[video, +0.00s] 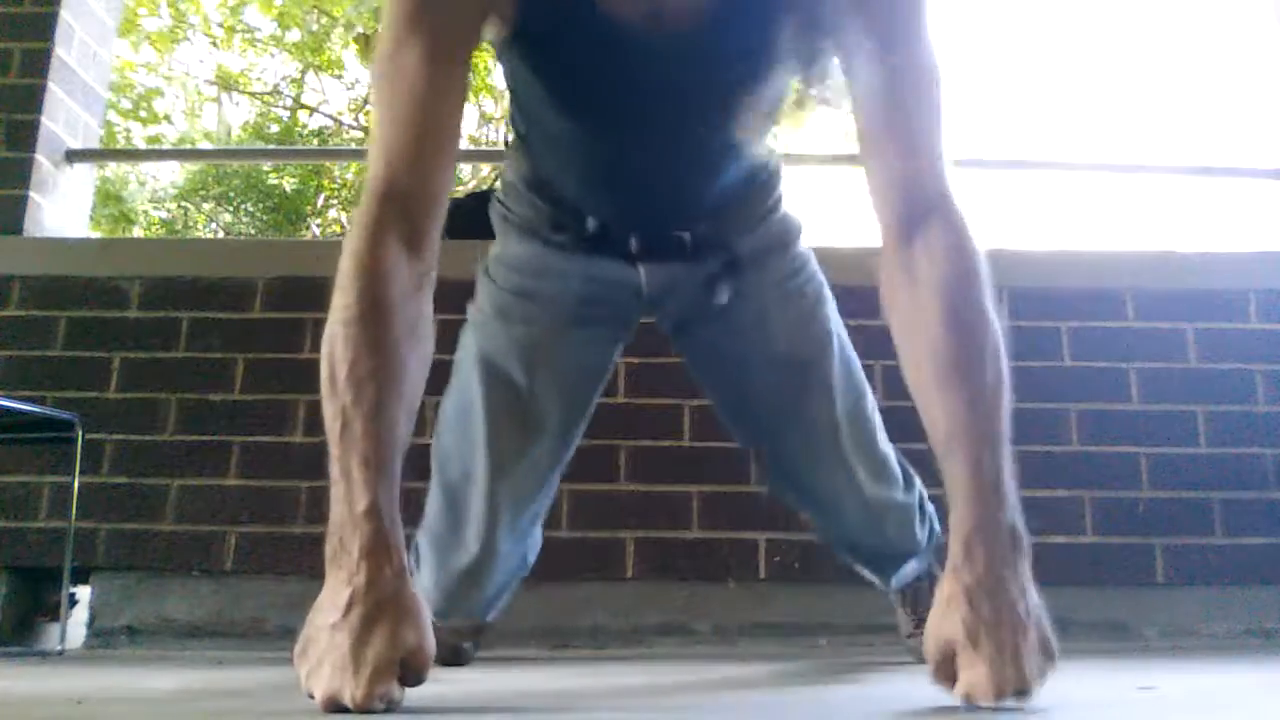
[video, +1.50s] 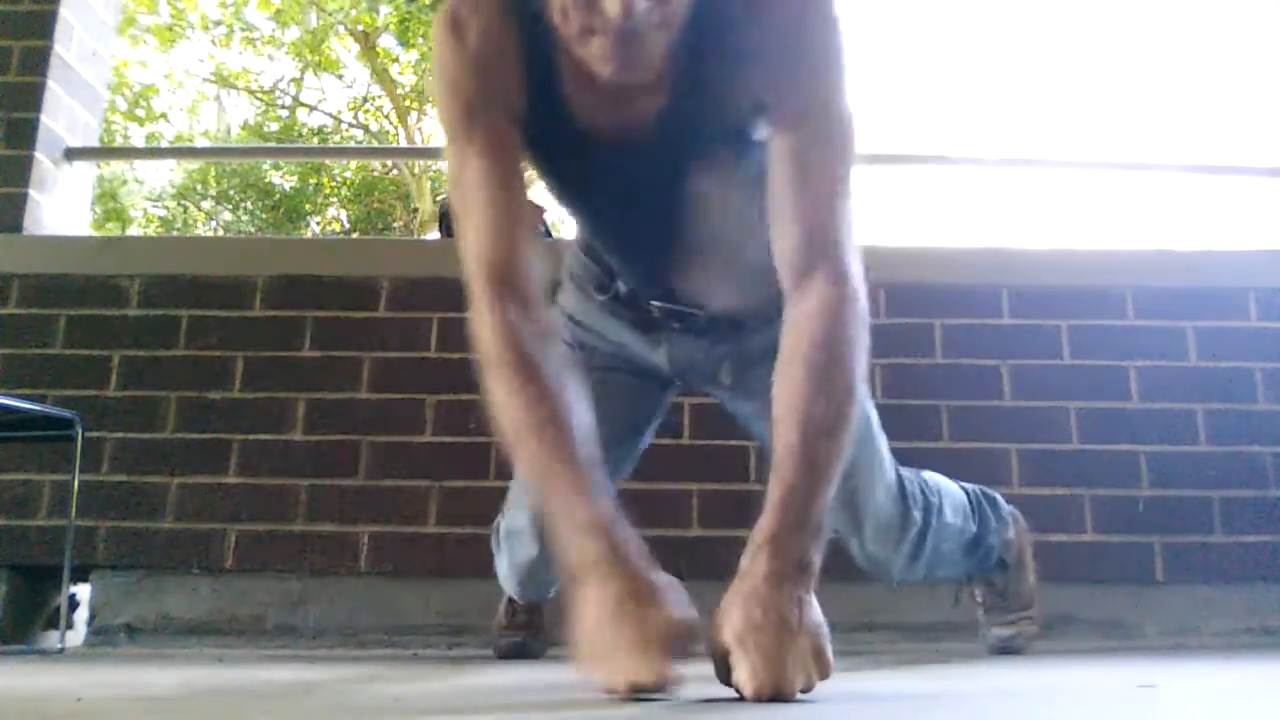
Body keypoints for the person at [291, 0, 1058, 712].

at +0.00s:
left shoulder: (858, 7)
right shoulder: (463, 7)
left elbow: (920, 229)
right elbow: (393, 234)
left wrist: (991, 551)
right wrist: (361, 562)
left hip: (738, 239)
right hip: (551, 243)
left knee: (865, 498)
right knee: (467, 546)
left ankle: (938, 591)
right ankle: (437, 620)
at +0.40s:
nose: (723, 15)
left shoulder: (891, 10)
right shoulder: (535, 2)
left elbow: (950, 258)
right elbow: (448, 241)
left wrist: (990, 568)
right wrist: (456, 535)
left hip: (775, 249)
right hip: (599, 242)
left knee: (886, 504)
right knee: (490, 506)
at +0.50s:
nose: (708, 25)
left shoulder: (895, 11)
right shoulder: (530, 9)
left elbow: (947, 247)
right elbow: (499, 226)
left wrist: (991, 563)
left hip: (785, 248)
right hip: (609, 238)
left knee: (889, 492)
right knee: (504, 490)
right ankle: (487, 570)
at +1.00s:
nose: (769, 15)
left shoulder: (945, 9)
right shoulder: (593, 11)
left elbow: (964, 237)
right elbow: (601, 274)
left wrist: (934, 511)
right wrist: (652, 564)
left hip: (832, 281)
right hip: (658, 272)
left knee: (939, 536)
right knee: (536, 539)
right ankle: (513, 571)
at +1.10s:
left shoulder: (934, 10)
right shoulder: (585, 9)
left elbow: (922, 234)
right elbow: (599, 276)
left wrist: (848, 514)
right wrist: (650, 565)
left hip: (819, 273)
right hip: (653, 272)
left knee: (910, 489)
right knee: (565, 562)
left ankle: (965, 565)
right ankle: (526, 561)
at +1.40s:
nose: (659, 22)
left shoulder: (828, 20)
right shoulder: (517, 23)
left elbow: (852, 294)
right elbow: (542, 312)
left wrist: (789, 573)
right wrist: (637, 567)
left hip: (787, 317)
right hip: (619, 313)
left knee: (897, 541)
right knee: (541, 547)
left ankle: (992, 537)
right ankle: (527, 594)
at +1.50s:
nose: (614, 17)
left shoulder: (783, 19)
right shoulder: (478, 30)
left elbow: (822, 282)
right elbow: (506, 304)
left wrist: (781, 570)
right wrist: (604, 565)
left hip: (771, 324)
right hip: (611, 316)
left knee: (876, 533)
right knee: (532, 539)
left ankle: (992, 537)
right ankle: (530, 586)